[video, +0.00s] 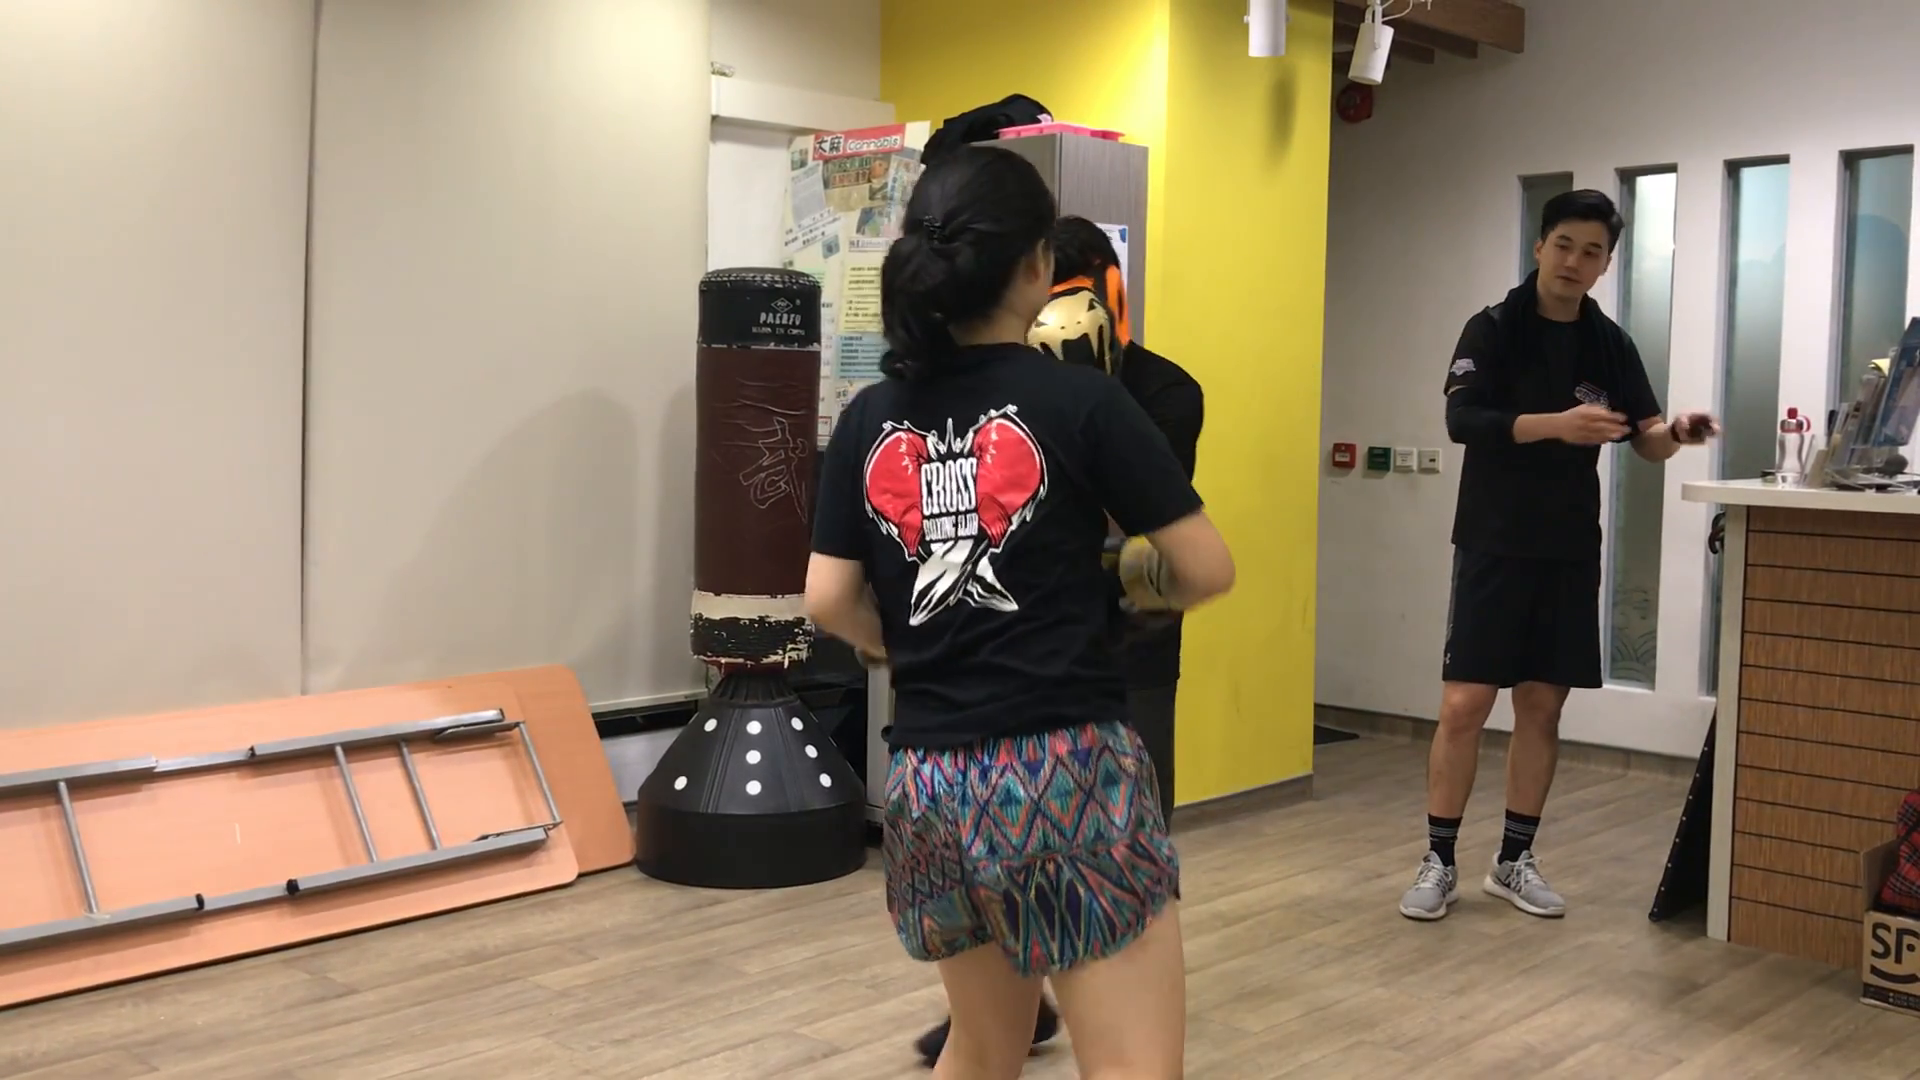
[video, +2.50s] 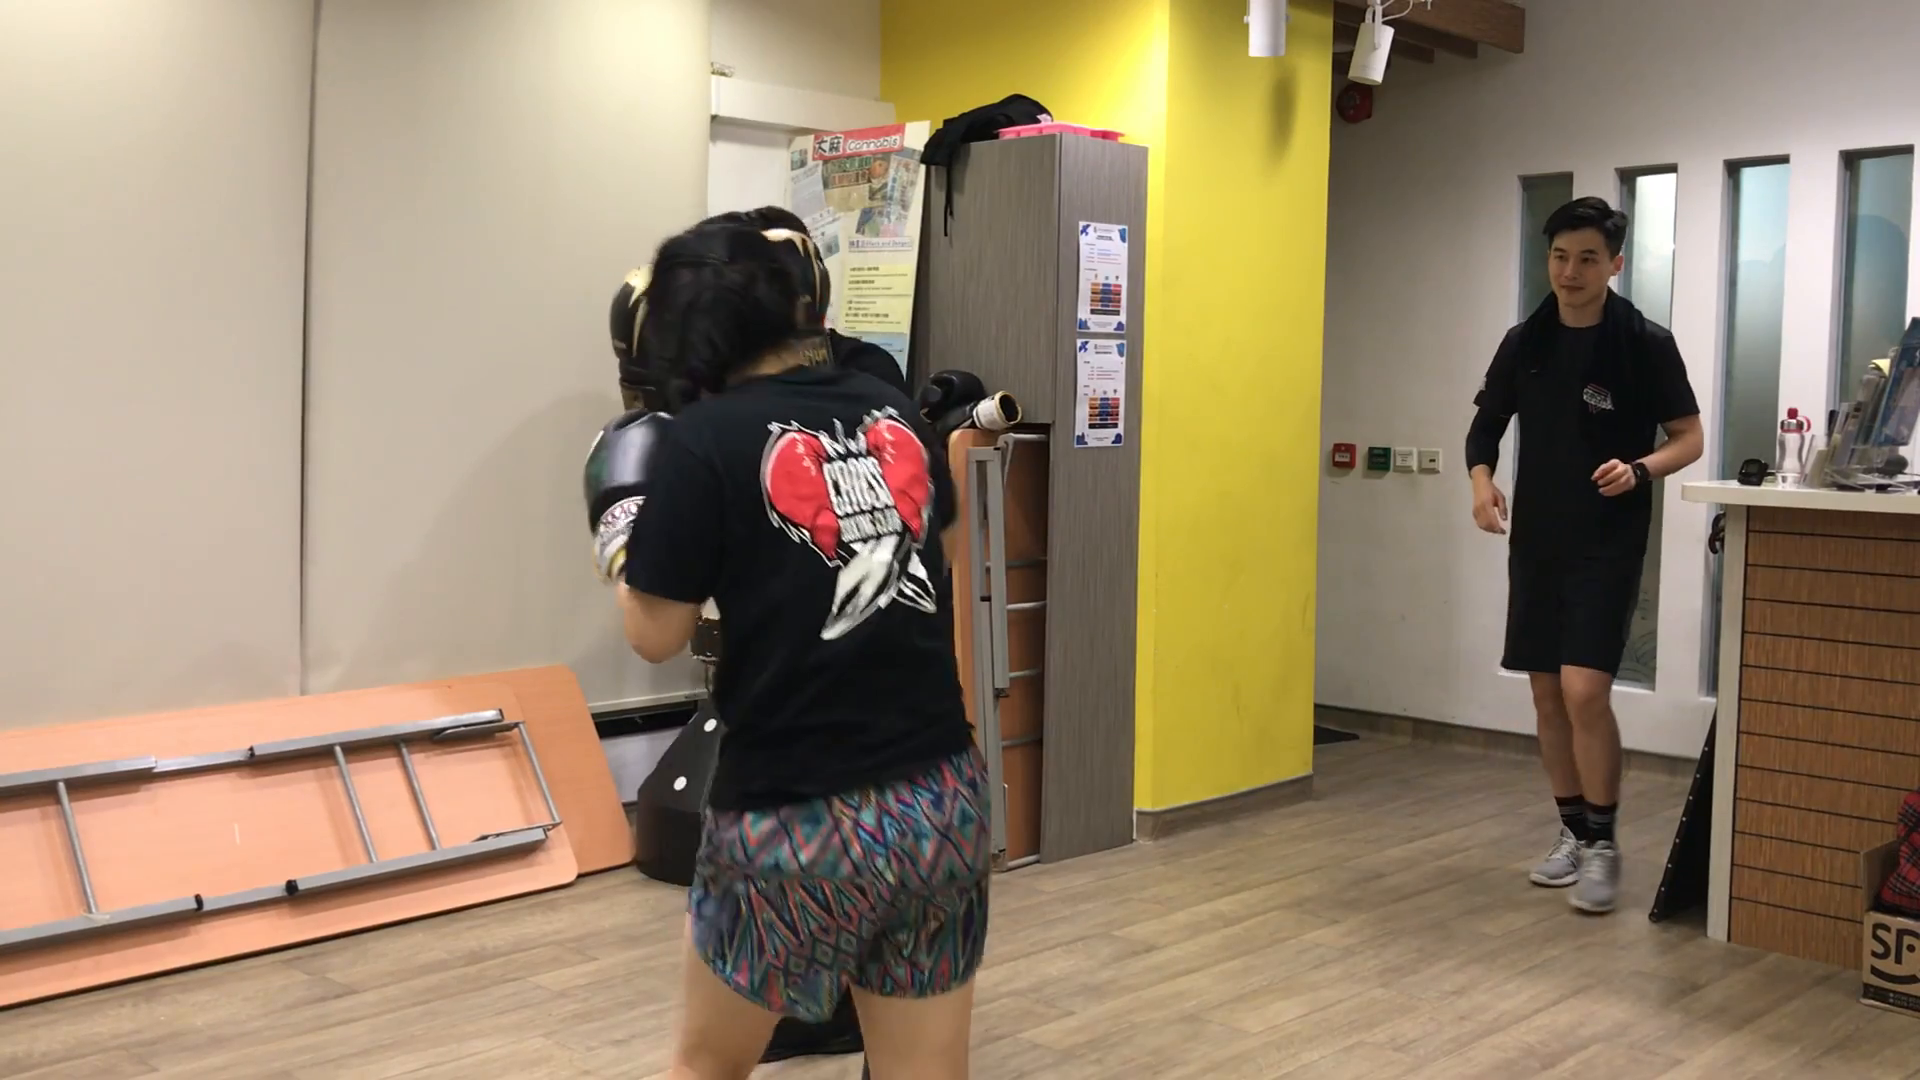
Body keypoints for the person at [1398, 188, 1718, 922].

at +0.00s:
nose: (1575, 261)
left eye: (1592, 252)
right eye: (1565, 245)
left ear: (1606, 265)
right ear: (1540, 246)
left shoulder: (1611, 344)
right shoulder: (1494, 326)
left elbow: (1647, 444)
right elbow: (1460, 420)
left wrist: (1671, 433)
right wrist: (1557, 426)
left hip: (1568, 550)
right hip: (1491, 543)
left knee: (1540, 704)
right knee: (1465, 704)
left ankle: (1515, 860)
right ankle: (1438, 861)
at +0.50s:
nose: (1560, 254)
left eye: (1575, 243)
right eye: (1547, 240)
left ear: (1594, 254)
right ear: (1524, 247)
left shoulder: (1606, 341)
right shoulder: (1489, 327)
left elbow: (1643, 434)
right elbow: (1439, 397)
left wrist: (1705, 460)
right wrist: (1488, 392)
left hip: (1567, 551)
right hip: (1489, 544)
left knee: (1541, 708)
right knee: (1460, 707)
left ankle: (1513, 861)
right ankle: (1437, 863)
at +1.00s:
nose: (1564, 255)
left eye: (1578, 242)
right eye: (1551, 239)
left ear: (1597, 253)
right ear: (1525, 247)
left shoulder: (1600, 337)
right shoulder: (1489, 319)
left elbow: (1639, 433)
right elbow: (1487, 330)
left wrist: (1701, 464)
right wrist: (1529, 302)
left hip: (1564, 547)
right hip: (1489, 539)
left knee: (1539, 708)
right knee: (1462, 708)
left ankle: (1514, 861)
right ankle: (1437, 863)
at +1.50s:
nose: (1564, 262)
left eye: (1580, 251)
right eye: (1552, 246)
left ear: (1598, 259)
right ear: (1528, 249)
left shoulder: (1604, 339)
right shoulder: (1491, 321)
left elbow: (1642, 435)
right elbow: (1474, 355)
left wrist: (1703, 465)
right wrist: (1522, 292)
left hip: (1570, 549)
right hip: (1493, 541)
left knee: (1542, 709)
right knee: (1464, 708)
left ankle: (1513, 861)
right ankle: (1437, 863)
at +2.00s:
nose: (1573, 257)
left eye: (1590, 245)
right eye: (1561, 242)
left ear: (1612, 255)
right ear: (1544, 248)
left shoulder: (1637, 345)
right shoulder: (1504, 337)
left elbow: (1670, 430)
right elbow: (1459, 429)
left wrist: (1662, 450)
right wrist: (1481, 498)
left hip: (1586, 548)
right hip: (1506, 538)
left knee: (1551, 706)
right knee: (1475, 701)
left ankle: (1517, 858)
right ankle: (1481, 818)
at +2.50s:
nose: (1570, 270)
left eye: (1586, 258)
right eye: (1560, 257)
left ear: (1614, 263)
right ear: (1547, 261)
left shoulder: (1646, 344)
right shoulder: (1525, 341)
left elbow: (1690, 437)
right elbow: (1485, 424)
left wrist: (1642, 467)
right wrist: (1483, 481)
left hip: (1608, 538)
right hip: (1538, 534)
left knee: (1583, 689)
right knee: (1548, 689)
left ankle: (1601, 845)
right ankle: (1573, 834)